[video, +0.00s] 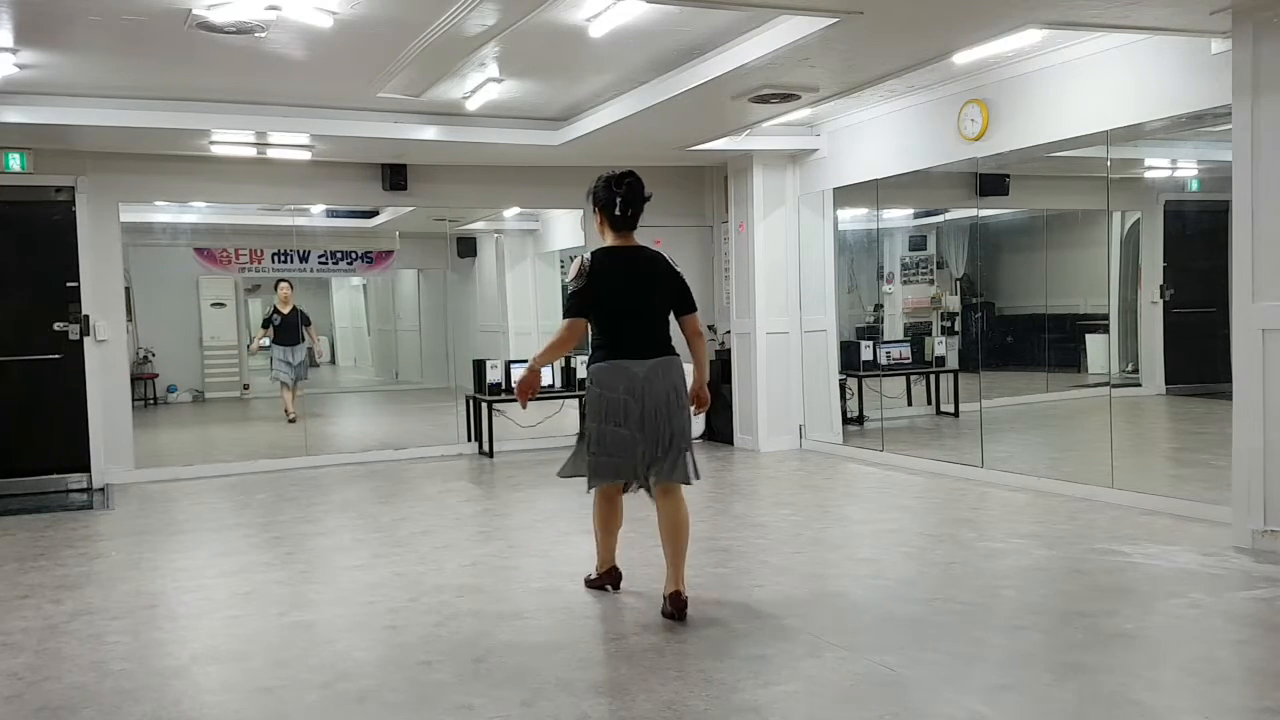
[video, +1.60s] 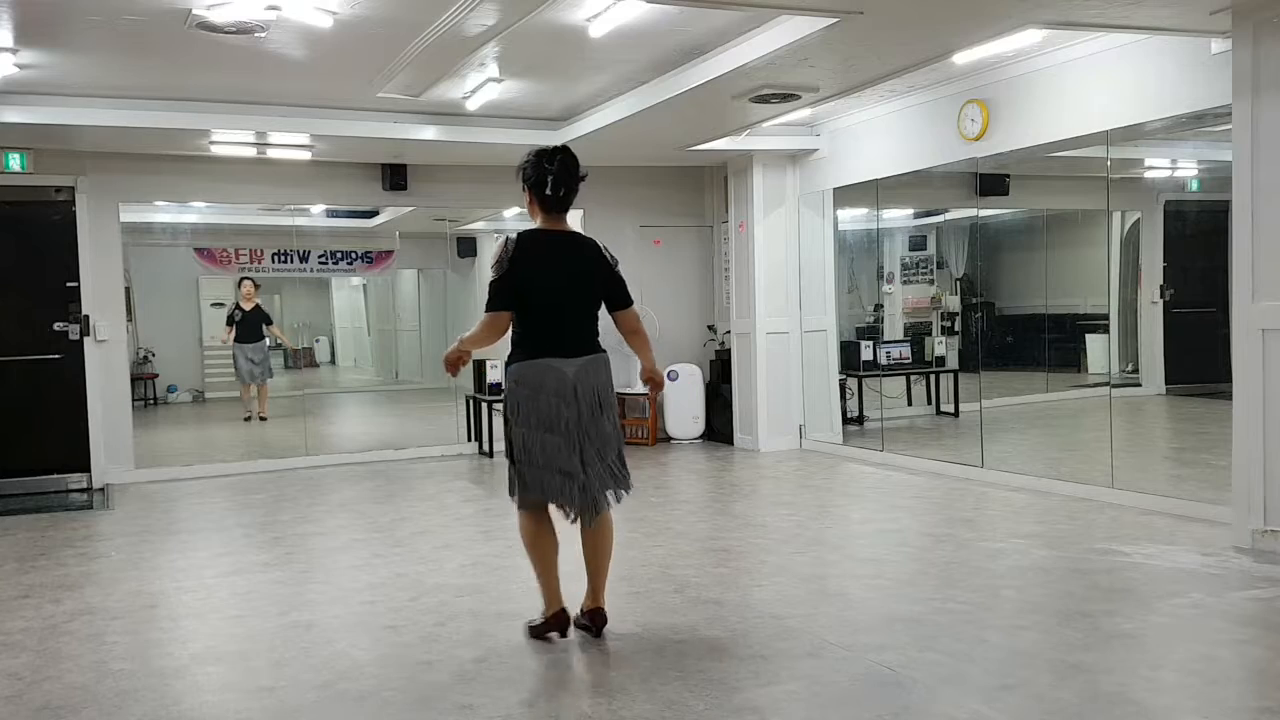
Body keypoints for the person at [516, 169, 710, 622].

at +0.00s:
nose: (592, 219)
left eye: (592, 212)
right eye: (595, 212)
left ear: (599, 215)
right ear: (639, 214)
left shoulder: (591, 266)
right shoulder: (662, 265)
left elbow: (574, 332)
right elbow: (694, 330)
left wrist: (535, 366)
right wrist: (701, 380)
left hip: (610, 379)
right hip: (665, 375)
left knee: (608, 480)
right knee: (668, 482)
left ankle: (607, 568)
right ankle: (676, 590)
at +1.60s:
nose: (523, 198)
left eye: (523, 192)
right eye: (527, 191)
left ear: (529, 196)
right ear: (574, 195)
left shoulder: (515, 251)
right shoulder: (593, 252)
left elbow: (498, 321)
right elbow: (628, 319)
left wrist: (464, 347)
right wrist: (649, 363)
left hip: (532, 379)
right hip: (590, 375)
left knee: (532, 496)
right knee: (593, 492)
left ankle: (554, 609)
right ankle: (595, 605)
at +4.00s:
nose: (250, 188)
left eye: (250, 181)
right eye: (254, 180)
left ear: (255, 187)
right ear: (309, 187)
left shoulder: (249, 246)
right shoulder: (329, 252)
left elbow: (231, 325)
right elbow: (381, 319)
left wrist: (176, 364)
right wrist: (432, 367)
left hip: (271, 389)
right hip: (325, 388)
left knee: (296, 523)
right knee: (284, 525)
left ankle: (341, 649)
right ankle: (259, 646)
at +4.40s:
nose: (213, 189)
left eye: (215, 181)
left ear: (219, 187)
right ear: (274, 188)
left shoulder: (215, 245)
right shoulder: (295, 252)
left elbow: (206, 322)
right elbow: (338, 324)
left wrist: (149, 370)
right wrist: (360, 357)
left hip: (246, 385)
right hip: (302, 382)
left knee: (272, 524)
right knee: (278, 525)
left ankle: (330, 639)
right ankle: (260, 647)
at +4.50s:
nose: (206, 192)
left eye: (207, 184)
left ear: (212, 189)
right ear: (266, 190)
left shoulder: (204, 247)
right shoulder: (288, 254)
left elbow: (195, 322)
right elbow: (331, 328)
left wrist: (141, 372)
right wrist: (341, 348)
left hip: (237, 390)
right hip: (296, 385)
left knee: (251, 527)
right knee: (276, 523)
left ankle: (320, 634)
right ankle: (260, 646)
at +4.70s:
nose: (198, 194)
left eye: (196, 186)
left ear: (199, 194)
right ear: (255, 195)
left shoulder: (187, 251)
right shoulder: (276, 257)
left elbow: (168, 323)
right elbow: (319, 335)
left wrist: (111, 366)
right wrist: (307, 347)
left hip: (218, 398)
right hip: (285, 394)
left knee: (196, 527)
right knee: (275, 522)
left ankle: (246, 636)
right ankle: (259, 643)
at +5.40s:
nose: (166, 194)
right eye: (170, 185)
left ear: (115, 190)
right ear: (171, 191)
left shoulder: (89, 250)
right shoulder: (190, 253)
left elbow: (63, 329)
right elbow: (247, 317)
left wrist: (86, 292)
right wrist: (329, 337)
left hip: (106, 395)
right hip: (184, 394)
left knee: (117, 532)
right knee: (195, 510)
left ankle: (133, 670)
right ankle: (210, 624)